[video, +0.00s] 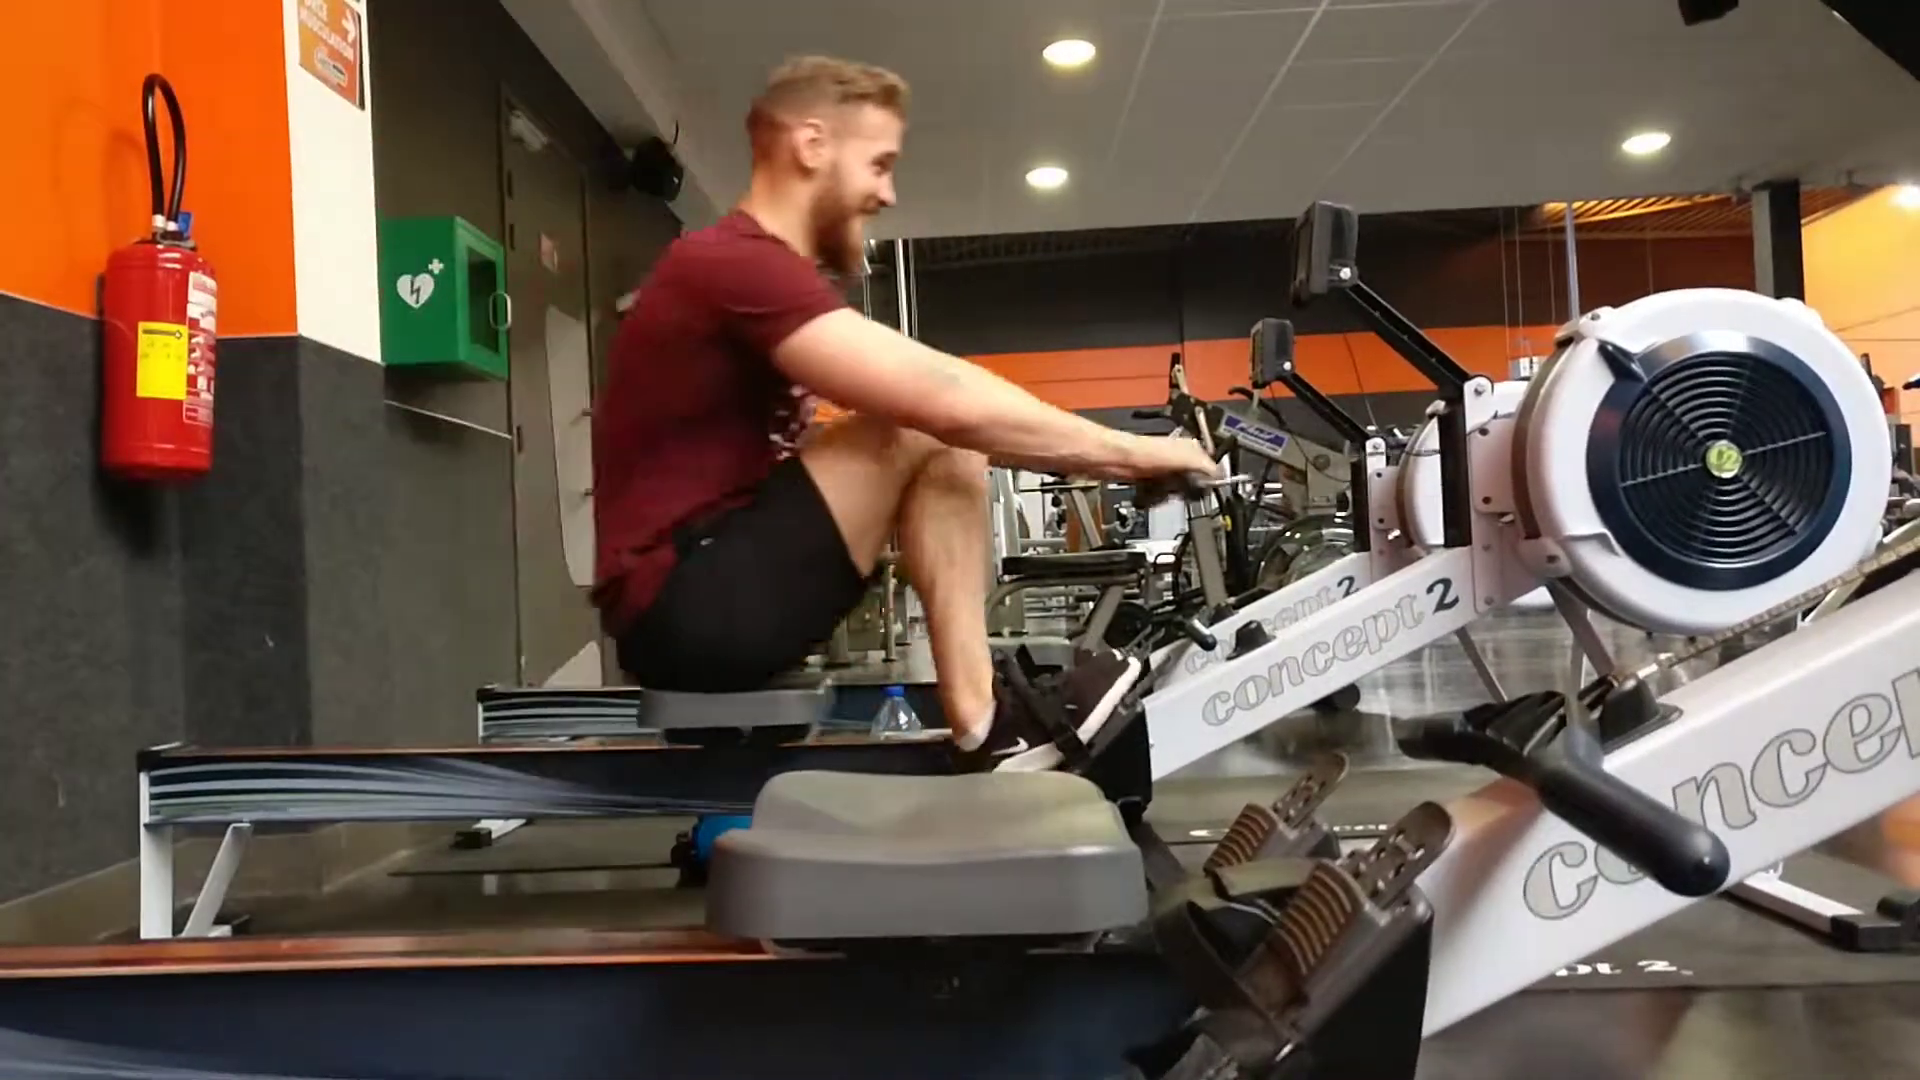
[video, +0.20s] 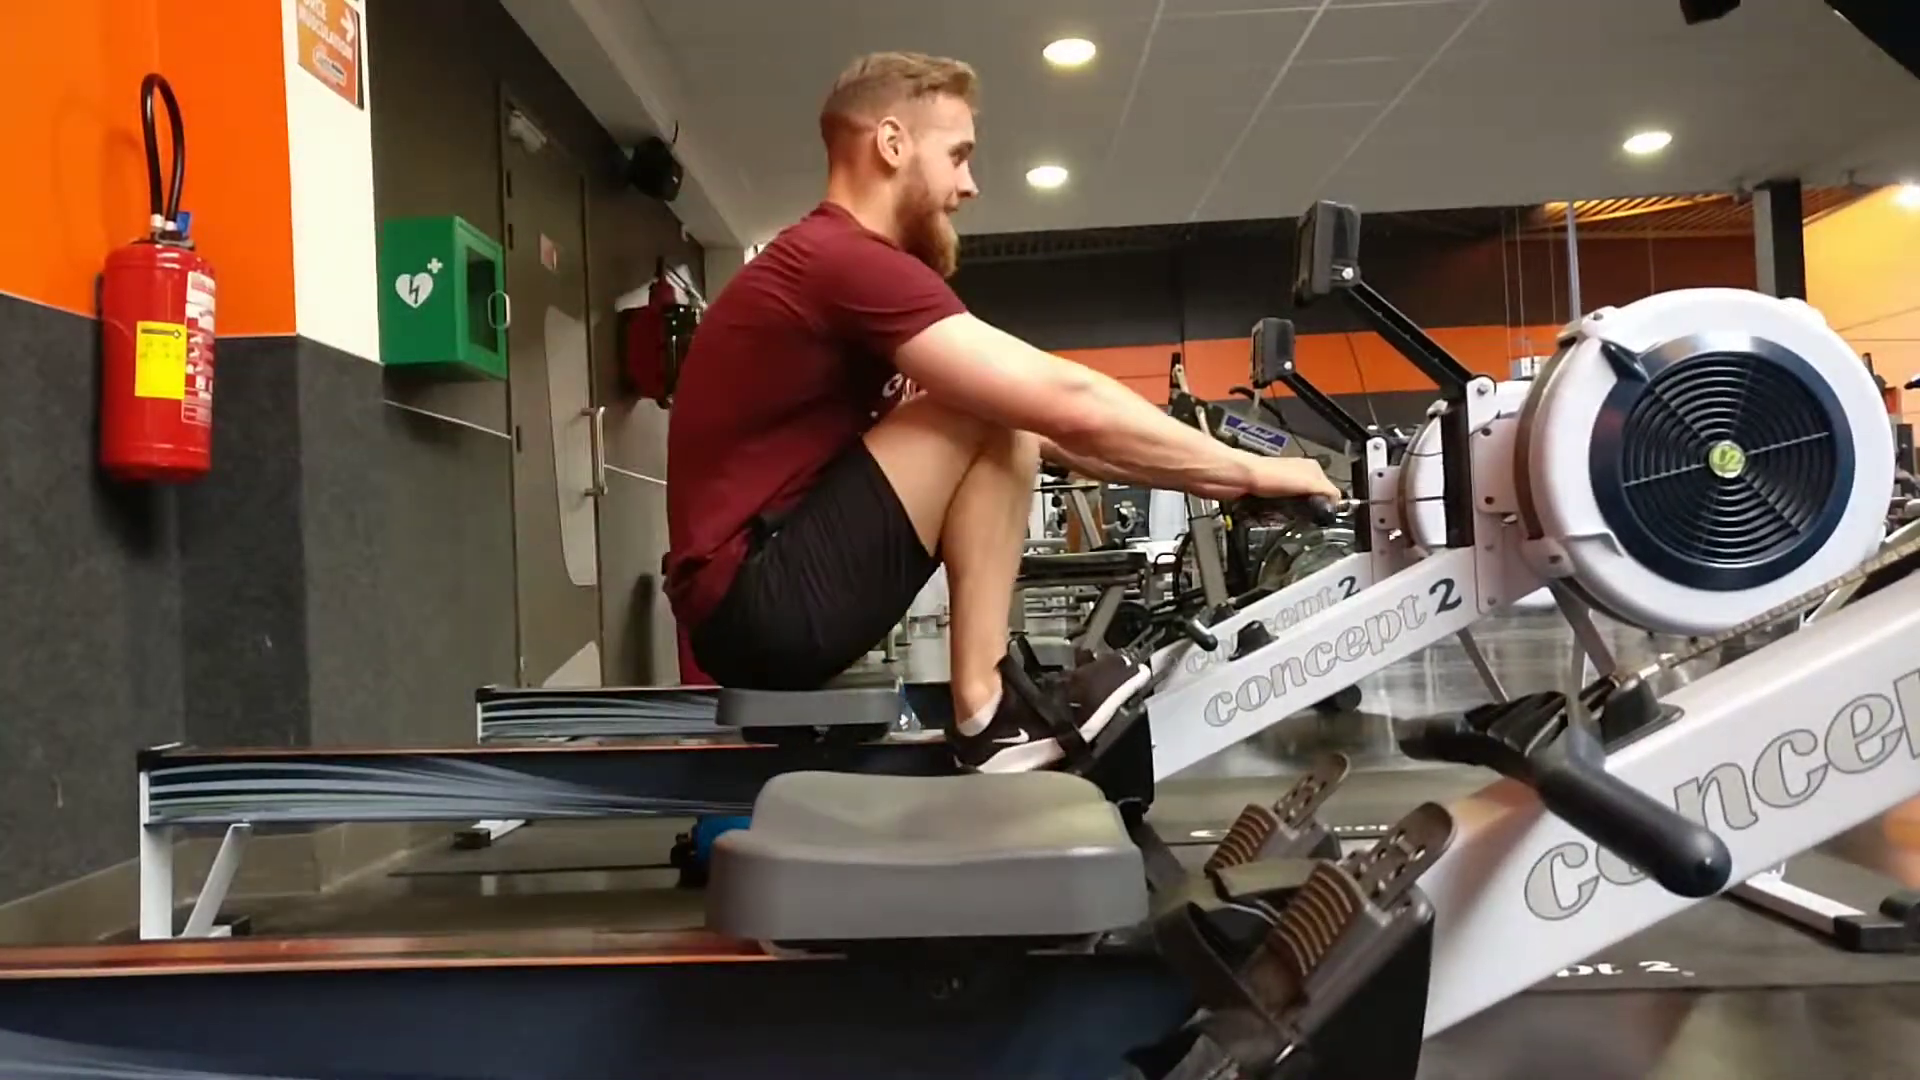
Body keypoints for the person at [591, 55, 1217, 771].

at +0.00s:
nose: (889, 194)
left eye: (892, 170)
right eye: (880, 164)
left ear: (811, 151)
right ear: (808, 146)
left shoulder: (762, 270)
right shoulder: (736, 264)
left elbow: (940, 397)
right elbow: (950, 402)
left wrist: (1118, 455)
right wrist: (1136, 452)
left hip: (702, 606)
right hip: (685, 614)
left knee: (933, 431)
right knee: (931, 433)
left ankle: (977, 715)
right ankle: (976, 727)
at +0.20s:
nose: (969, 185)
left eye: (971, 161)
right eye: (958, 156)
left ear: (890, 148)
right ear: (891, 145)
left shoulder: (846, 261)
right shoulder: (846, 261)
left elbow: (1063, 394)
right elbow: (1070, 411)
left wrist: (1225, 469)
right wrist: (1249, 472)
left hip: (764, 604)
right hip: (757, 612)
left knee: (1004, 416)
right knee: (992, 411)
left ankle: (986, 698)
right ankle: (981, 713)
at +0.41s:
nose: (799, 155)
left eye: (795, 129)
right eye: (784, 125)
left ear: (711, 125)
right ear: (709, 121)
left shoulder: (687, 245)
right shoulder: (655, 235)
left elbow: (838, 379)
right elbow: (837, 387)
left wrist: (1017, 421)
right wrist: (1027, 420)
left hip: (670, 595)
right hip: (657, 605)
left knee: (921, 437)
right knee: (924, 442)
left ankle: (991, 707)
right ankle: (988, 729)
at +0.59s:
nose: (531, 163)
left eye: (531, 142)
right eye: (511, 138)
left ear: (445, 139)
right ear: (426, 131)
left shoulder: (480, 284)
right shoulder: (381, 263)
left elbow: (599, 422)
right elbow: (525, 415)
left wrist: (747, 423)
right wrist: (745, 420)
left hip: (529, 594)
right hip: (481, 611)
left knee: (793, 481)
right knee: (789, 487)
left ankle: (989, 722)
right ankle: (984, 743)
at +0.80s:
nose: (428, 206)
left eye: (433, 184)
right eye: (412, 176)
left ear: (357, 168)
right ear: (326, 156)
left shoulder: (360, 298)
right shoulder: (229, 278)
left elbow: (364, 449)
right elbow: (184, 455)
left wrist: (471, 448)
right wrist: (394, 432)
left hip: (415, 593)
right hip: (354, 611)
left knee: (708, 566)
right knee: (703, 567)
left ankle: (974, 730)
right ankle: (969, 751)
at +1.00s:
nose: (533, 207)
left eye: (539, 184)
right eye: (521, 177)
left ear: (450, 161)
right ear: (436, 152)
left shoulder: (449, 303)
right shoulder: (330, 270)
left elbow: (460, 479)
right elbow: (340, 442)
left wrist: (564, 442)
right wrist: (555, 431)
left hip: (457, 597)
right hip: (392, 612)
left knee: (735, 534)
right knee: (729, 534)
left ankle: (953, 731)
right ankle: (949, 744)